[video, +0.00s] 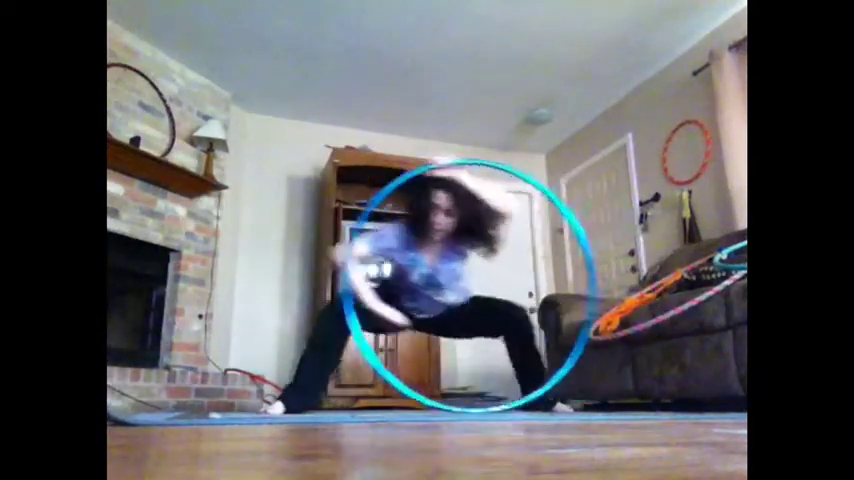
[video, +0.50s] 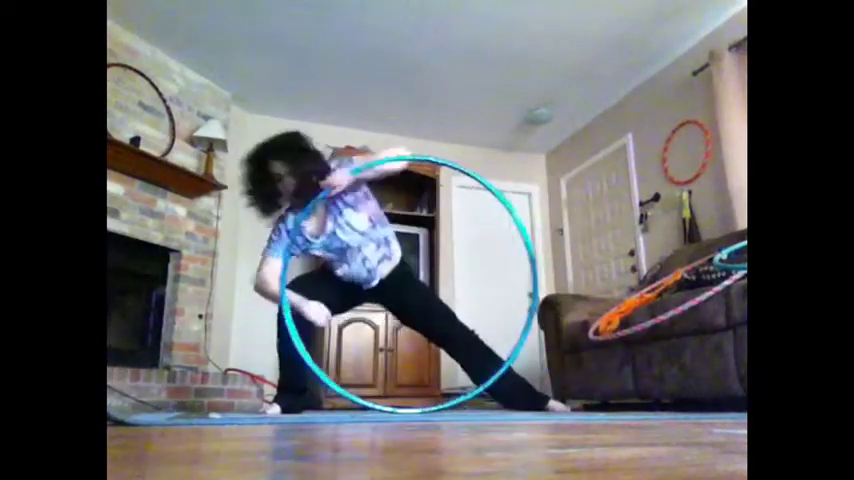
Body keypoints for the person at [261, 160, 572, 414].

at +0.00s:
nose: (439, 217)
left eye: (446, 211)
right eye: (433, 209)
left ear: (460, 215)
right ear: (420, 210)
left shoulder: (463, 246)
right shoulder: (399, 236)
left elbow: (506, 211)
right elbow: (345, 257)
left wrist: (462, 180)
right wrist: (377, 308)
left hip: (443, 312)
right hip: (393, 308)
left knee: (512, 317)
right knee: (338, 313)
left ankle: (540, 404)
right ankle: (295, 403)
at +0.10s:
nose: (399, 211)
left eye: (405, 206)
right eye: (393, 205)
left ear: (416, 209)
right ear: (382, 206)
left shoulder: (428, 235)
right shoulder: (365, 230)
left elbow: (455, 201)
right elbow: (310, 249)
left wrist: (399, 173)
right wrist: (321, 291)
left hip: (426, 308)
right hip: (375, 303)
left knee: (493, 324)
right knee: (318, 310)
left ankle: (541, 403)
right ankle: (296, 402)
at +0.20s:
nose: (372, 197)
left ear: (388, 188)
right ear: (360, 189)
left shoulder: (407, 217)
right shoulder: (342, 221)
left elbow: (425, 199)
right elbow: (292, 253)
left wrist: (365, 176)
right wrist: (294, 292)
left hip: (407, 300)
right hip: (356, 296)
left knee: (478, 331)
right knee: (310, 310)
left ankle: (539, 404)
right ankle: (295, 401)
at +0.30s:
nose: (337, 186)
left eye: (350, 179)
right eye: (333, 179)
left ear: (365, 179)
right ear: (326, 183)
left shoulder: (385, 200)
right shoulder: (315, 217)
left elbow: (405, 191)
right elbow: (276, 256)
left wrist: (344, 181)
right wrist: (265, 291)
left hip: (394, 293)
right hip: (343, 291)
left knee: (466, 339)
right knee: (301, 302)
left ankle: (539, 404)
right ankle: (295, 402)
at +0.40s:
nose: (306, 182)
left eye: (310, 172)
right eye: (297, 178)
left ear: (326, 165)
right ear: (290, 184)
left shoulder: (354, 183)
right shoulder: (295, 223)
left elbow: (398, 175)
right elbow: (258, 276)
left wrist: (340, 180)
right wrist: (278, 305)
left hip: (388, 283)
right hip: (338, 286)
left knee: (454, 340)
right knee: (292, 302)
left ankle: (536, 406)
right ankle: (293, 401)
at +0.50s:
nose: (282, 187)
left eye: (285, 176)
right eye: (275, 183)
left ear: (305, 166)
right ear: (272, 188)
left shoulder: (343, 174)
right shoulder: (288, 225)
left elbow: (401, 159)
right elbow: (264, 280)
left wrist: (354, 174)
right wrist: (300, 300)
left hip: (391, 275)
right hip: (343, 282)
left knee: (455, 336)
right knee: (291, 303)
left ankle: (535, 404)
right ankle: (294, 402)